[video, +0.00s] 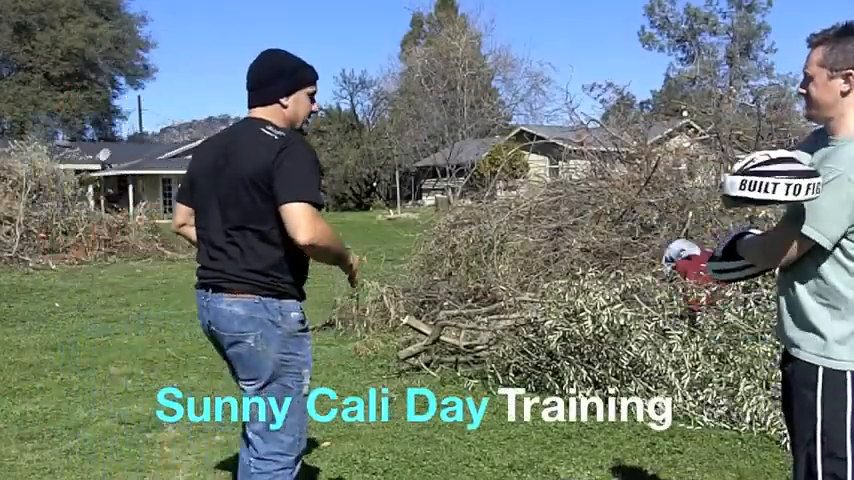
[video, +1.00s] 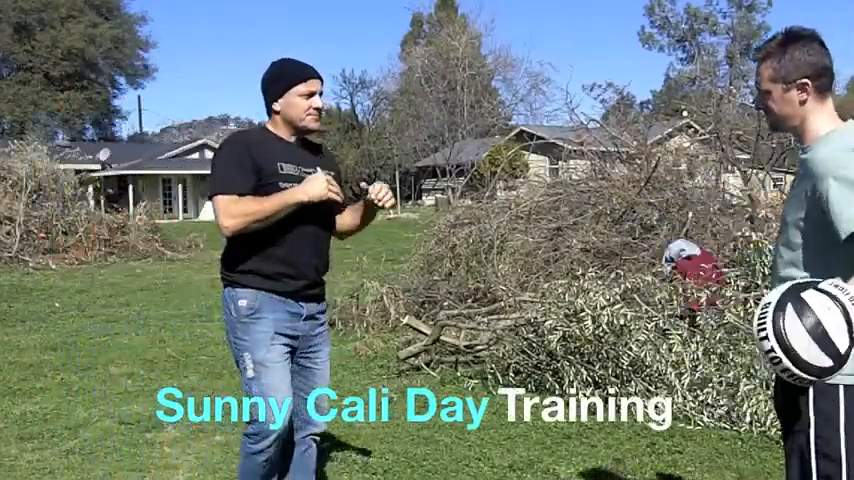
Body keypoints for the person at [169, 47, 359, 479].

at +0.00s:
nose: (314, 106)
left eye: (313, 96)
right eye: (309, 95)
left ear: (271, 96)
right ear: (283, 96)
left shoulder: (210, 147)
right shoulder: (288, 147)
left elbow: (183, 220)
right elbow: (306, 232)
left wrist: (230, 245)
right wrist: (344, 257)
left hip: (214, 305)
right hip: (263, 310)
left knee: (263, 420)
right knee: (277, 447)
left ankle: (258, 466)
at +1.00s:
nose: (318, 104)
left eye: (319, 95)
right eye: (307, 96)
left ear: (319, 99)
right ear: (277, 101)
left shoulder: (320, 158)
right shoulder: (241, 146)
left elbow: (341, 225)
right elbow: (229, 218)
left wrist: (369, 204)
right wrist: (299, 194)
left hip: (311, 306)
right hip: (257, 303)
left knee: (310, 423)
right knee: (272, 421)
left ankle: (300, 478)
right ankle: (254, 476)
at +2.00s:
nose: (313, 105)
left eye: (314, 96)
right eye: (302, 97)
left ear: (316, 99)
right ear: (274, 104)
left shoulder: (330, 151)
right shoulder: (244, 156)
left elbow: (351, 210)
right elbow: (216, 234)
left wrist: (361, 217)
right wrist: (277, 208)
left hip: (336, 302)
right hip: (272, 306)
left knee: (377, 410)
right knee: (262, 429)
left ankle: (383, 476)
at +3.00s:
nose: (329, 234)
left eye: (334, 222)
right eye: (317, 226)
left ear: (342, 213)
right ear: (297, 226)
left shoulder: (367, 230)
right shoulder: (270, 240)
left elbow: (407, 291)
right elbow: (261, 317)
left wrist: (387, 287)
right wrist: (291, 278)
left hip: (364, 325)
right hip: (301, 329)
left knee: (406, 407)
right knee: (257, 402)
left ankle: (415, 475)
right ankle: (249, 475)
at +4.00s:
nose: (496, 148)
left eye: (498, 141)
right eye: (488, 139)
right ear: (459, 142)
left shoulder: (470, 193)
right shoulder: (425, 173)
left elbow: (468, 256)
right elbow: (406, 232)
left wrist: (493, 225)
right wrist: (473, 220)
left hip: (438, 317)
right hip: (394, 308)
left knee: (472, 410)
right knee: (371, 410)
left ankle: (478, 477)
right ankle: (294, 472)